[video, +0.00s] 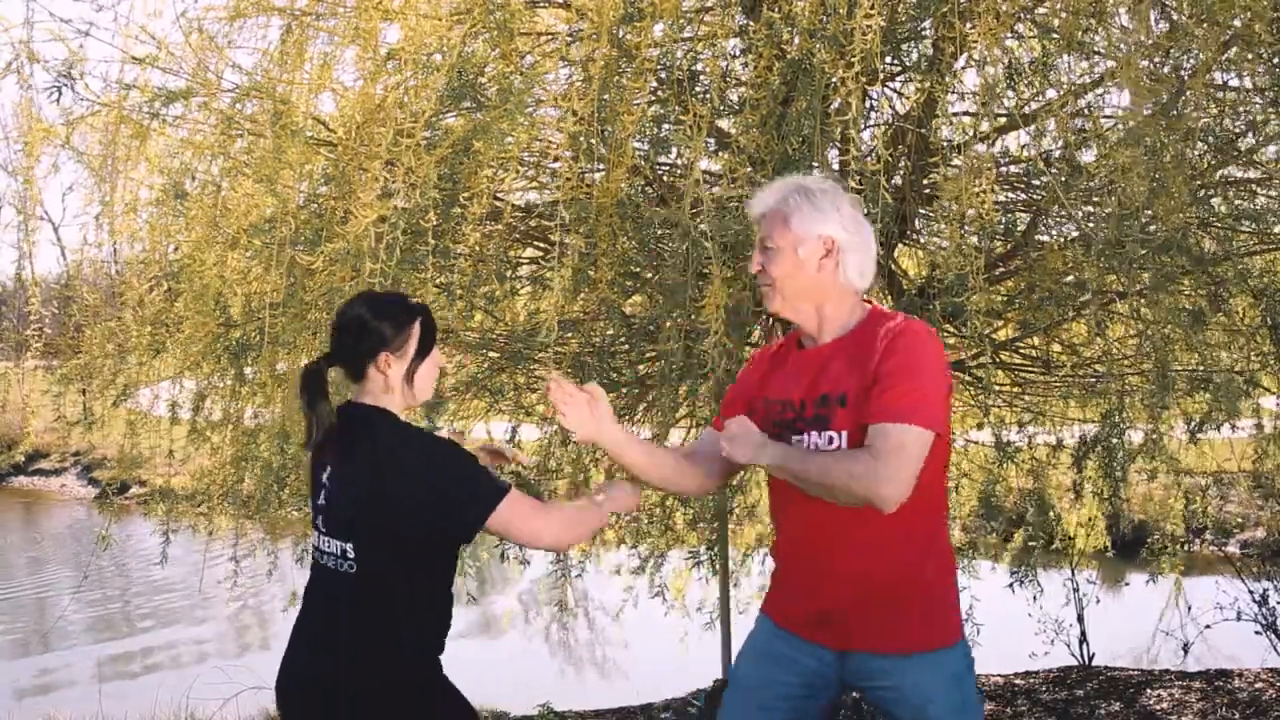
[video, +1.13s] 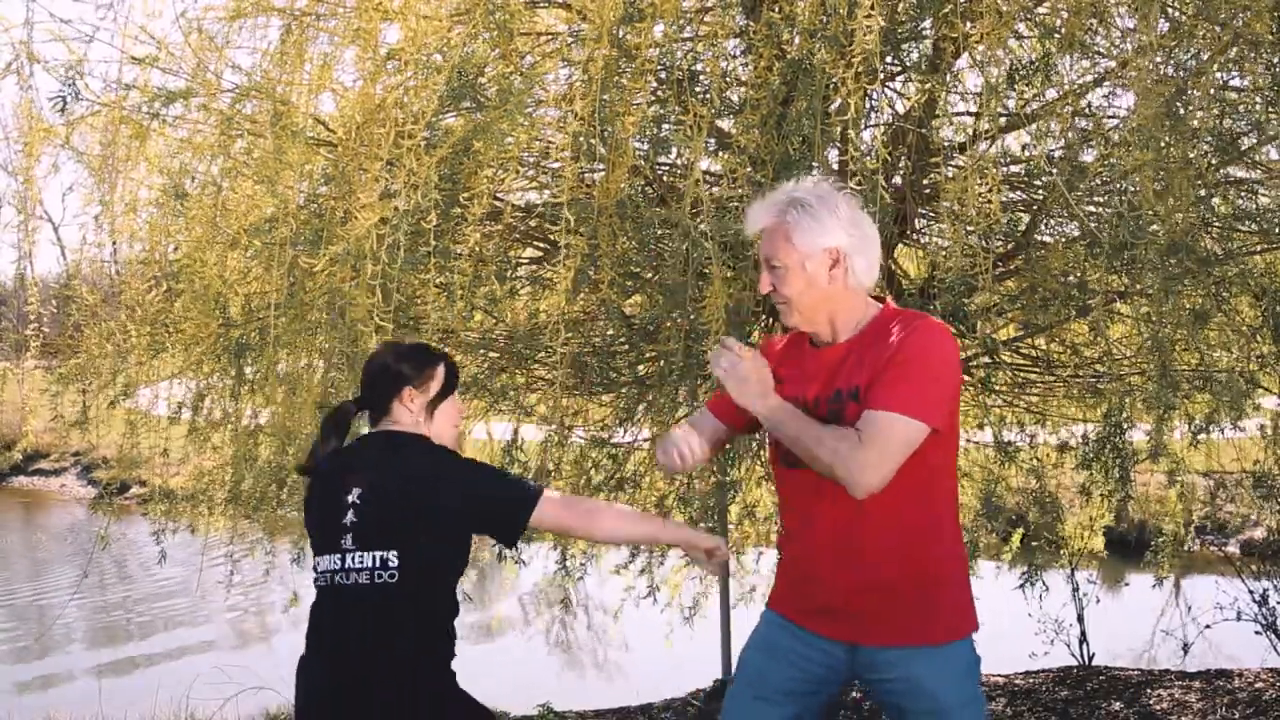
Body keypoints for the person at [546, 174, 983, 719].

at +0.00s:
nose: (753, 265)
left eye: (768, 249)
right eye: (757, 249)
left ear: (826, 254)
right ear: (819, 256)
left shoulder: (906, 345)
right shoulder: (769, 367)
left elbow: (886, 482)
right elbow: (698, 472)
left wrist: (767, 451)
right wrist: (611, 435)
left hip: (912, 644)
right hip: (791, 634)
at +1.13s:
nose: (764, 286)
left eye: (776, 268)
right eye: (764, 268)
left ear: (833, 264)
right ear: (829, 265)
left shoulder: (923, 342)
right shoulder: (778, 356)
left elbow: (864, 468)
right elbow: (705, 429)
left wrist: (767, 403)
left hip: (921, 638)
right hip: (797, 628)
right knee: (740, 710)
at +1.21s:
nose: (771, 293)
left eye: (782, 275)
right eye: (770, 275)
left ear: (840, 268)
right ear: (832, 271)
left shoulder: (935, 345)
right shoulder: (790, 358)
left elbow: (867, 463)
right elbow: (704, 465)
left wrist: (781, 380)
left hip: (929, 640)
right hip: (805, 630)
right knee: (748, 709)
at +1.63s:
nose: (829, 282)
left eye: (845, 268)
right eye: (830, 266)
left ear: (906, 273)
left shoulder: (960, 371)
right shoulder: (821, 356)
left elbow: (848, 479)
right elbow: (746, 467)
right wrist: (728, 559)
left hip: (940, 644)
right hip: (818, 631)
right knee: (760, 710)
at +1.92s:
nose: (843, 271)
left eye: (863, 258)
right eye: (846, 254)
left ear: (922, 274)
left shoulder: (945, 370)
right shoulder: (834, 349)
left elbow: (794, 434)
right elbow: (785, 444)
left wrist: (687, 413)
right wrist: (767, 502)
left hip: (926, 642)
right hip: (813, 627)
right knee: (759, 710)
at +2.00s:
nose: (845, 267)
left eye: (865, 254)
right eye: (846, 250)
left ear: (922, 270)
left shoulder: (933, 358)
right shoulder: (832, 347)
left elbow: (792, 449)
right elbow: (790, 451)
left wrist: (718, 462)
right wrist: (801, 489)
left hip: (920, 640)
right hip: (811, 627)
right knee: (758, 710)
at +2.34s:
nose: (850, 263)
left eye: (873, 250)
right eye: (851, 246)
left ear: (928, 265)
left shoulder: (942, 349)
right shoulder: (839, 344)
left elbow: (814, 469)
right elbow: (782, 464)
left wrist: (735, 505)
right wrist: (858, 510)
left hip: (922, 639)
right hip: (813, 626)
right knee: (758, 710)